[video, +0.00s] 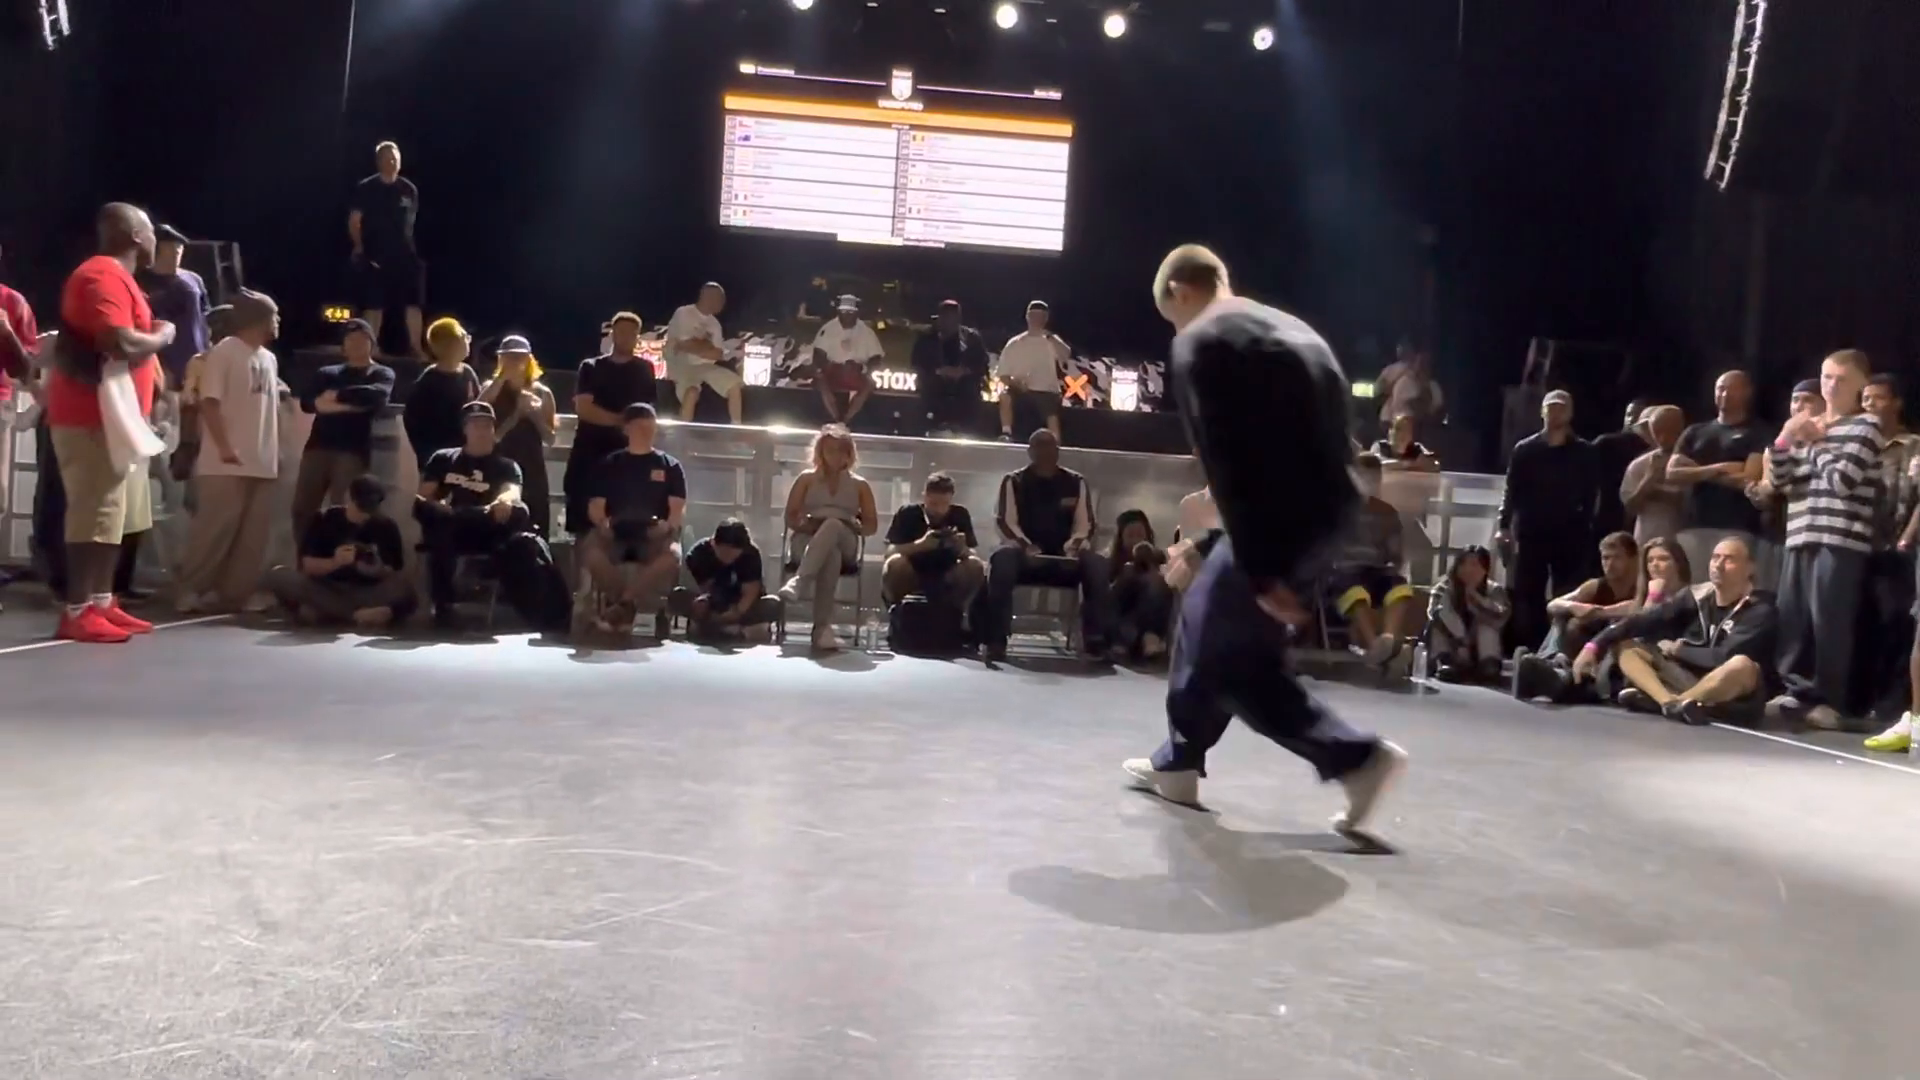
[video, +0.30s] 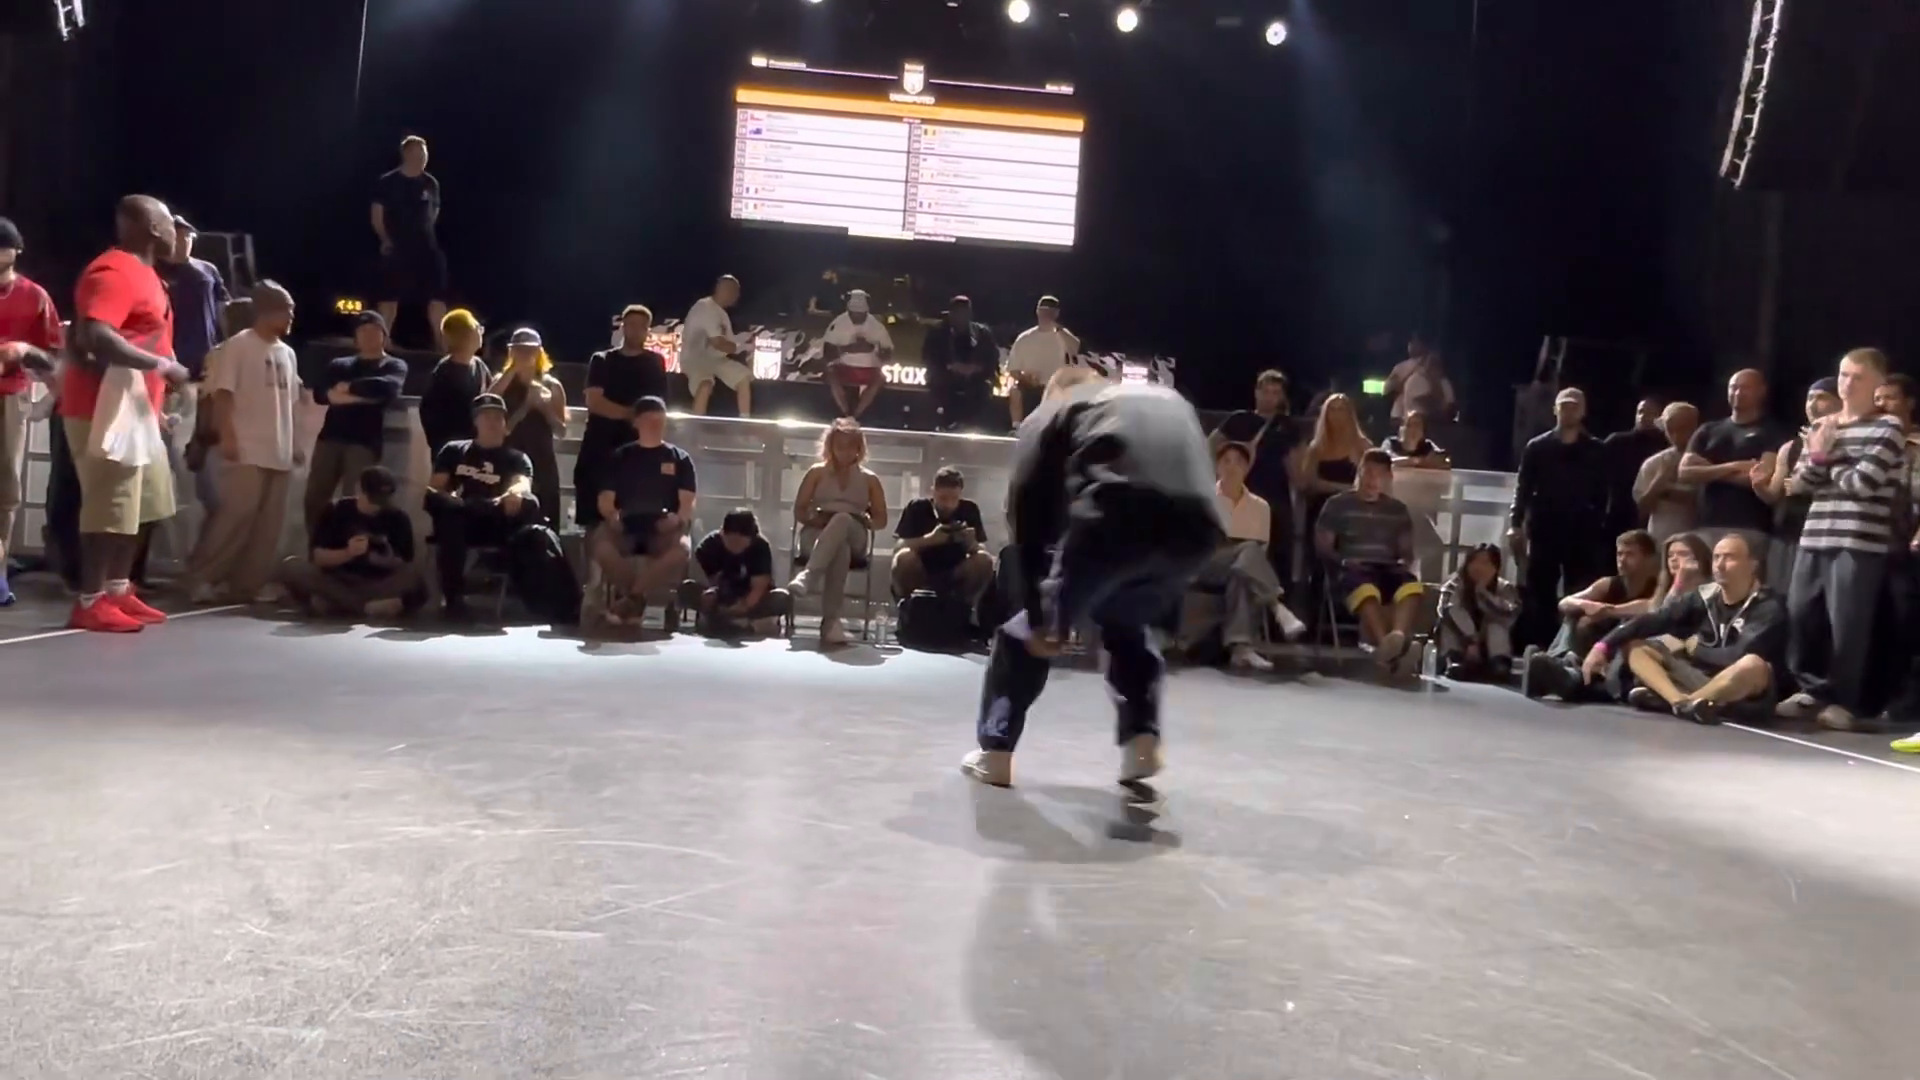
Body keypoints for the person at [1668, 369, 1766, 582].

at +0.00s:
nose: (1722, 394)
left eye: (1729, 389)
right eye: (1720, 389)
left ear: (1746, 393)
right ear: (1715, 393)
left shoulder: (1758, 434)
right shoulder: (1694, 432)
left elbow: (1750, 479)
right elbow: (1671, 473)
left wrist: (1699, 472)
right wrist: (1722, 468)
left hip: (1740, 526)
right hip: (1697, 525)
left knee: (1736, 600)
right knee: (1698, 601)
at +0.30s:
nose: (1737, 393)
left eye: (1744, 388)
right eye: (1734, 388)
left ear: (1761, 392)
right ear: (1728, 392)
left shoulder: (1773, 433)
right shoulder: (1708, 430)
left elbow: (1762, 478)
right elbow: (1685, 472)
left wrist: (1710, 470)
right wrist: (1737, 467)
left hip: (1751, 528)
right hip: (1709, 525)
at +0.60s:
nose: (1742, 393)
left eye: (1749, 388)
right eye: (1739, 388)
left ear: (1767, 393)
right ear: (1733, 392)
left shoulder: (1781, 433)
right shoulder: (1714, 431)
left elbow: (1766, 482)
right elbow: (1691, 472)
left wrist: (1716, 470)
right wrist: (1743, 468)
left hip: (1757, 530)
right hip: (1714, 526)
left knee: (1749, 601)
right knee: (1710, 600)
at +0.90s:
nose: (1749, 394)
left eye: (1756, 389)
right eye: (1746, 388)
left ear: (1774, 393)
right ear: (1740, 392)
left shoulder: (1785, 433)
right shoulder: (1721, 431)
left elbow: (1776, 481)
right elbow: (1697, 473)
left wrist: (1724, 471)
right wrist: (1749, 467)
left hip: (1762, 528)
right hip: (1720, 525)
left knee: (1756, 601)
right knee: (1716, 600)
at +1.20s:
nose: (1755, 392)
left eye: (1762, 387)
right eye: (1752, 386)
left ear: (1780, 391)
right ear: (1746, 390)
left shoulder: (1791, 432)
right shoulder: (1727, 429)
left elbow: (1784, 480)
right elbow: (1703, 471)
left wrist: (1729, 470)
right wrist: (1756, 467)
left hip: (1765, 525)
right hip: (1724, 523)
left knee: (1762, 599)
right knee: (1722, 598)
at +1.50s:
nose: (1760, 388)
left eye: (1767, 383)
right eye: (1758, 383)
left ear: (1786, 388)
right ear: (1752, 386)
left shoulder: (1798, 429)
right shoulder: (1732, 426)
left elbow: (1791, 475)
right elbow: (1709, 468)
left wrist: (1735, 466)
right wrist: (1761, 464)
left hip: (1772, 522)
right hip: (1729, 519)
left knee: (1767, 597)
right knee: (1726, 596)